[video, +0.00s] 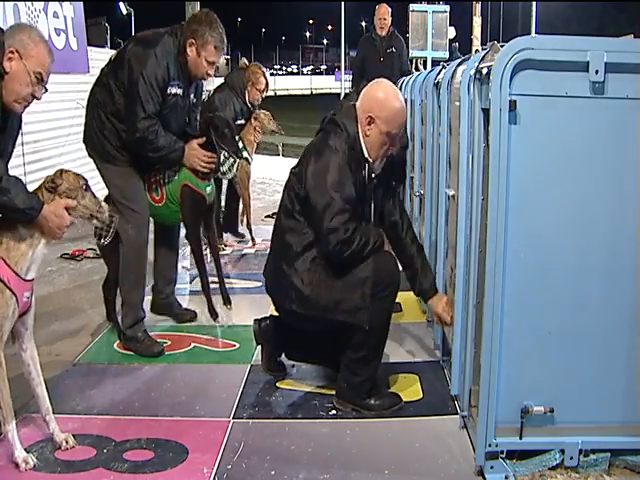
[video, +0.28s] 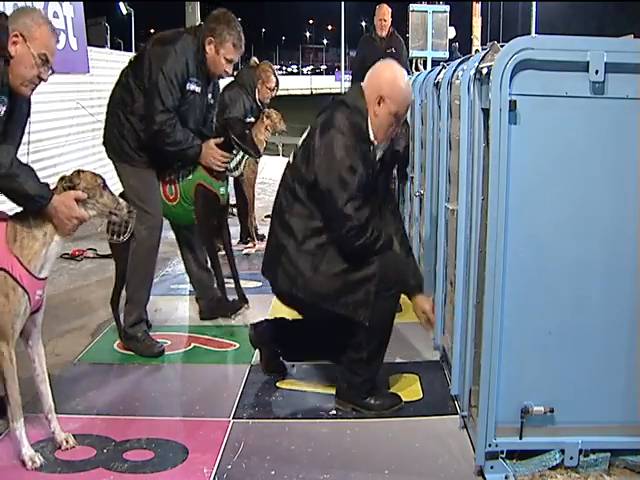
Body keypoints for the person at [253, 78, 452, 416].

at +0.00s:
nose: (396, 145)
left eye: (399, 136)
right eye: (391, 136)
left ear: (373, 123)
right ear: (366, 124)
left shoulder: (374, 154)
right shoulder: (331, 154)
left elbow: (397, 225)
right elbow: (340, 246)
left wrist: (430, 294)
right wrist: (379, 237)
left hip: (327, 280)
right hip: (297, 281)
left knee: (355, 355)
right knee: (382, 270)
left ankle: (277, 333)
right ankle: (356, 389)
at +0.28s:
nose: (400, 125)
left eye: (403, 117)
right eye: (398, 116)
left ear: (380, 103)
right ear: (377, 104)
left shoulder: (367, 131)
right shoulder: (340, 131)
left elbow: (389, 217)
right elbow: (353, 234)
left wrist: (414, 288)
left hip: (326, 262)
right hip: (300, 263)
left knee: (354, 340)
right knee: (384, 277)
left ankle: (271, 335)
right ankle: (357, 388)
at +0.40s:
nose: (402, 84)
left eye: (404, 75)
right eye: (403, 74)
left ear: (376, 59)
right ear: (390, 66)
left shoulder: (344, 86)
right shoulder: (353, 98)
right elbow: (361, 193)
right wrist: (393, 236)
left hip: (297, 230)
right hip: (305, 234)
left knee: (349, 314)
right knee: (391, 271)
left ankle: (271, 336)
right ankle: (357, 387)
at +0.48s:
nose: (397, 58)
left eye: (400, 49)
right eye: (399, 48)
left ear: (367, 29)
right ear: (390, 39)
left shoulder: (330, 66)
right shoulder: (356, 78)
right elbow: (373, 169)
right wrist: (397, 230)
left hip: (290, 208)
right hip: (311, 211)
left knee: (349, 288)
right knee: (390, 272)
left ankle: (272, 339)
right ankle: (358, 386)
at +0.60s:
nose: (391, 19)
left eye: (392, 11)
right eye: (391, 10)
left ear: (352, 3)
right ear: (377, 5)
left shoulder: (313, 31)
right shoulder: (367, 46)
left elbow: (294, 114)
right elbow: (383, 138)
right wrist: (401, 211)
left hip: (285, 187)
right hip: (327, 191)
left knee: (334, 265)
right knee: (387, 265)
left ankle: (281, 362)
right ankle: (358, 385)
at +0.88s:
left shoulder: (257, 8)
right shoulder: (352, 5)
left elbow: (236, 81)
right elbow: (372, 72)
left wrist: (253, 146)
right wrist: (390, 144)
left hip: (267, 151)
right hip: (329, 149)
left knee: (291, 260)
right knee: (360, 258)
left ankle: (283, 385)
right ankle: (355, 385)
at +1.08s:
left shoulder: (228, 9)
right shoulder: (335, 4)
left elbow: (216, 60)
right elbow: (350, 48)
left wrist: (228, 138)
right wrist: (353, 125)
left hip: (255, 125)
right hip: (316, 117)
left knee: (273, 253)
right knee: (322, 247)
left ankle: (282, 386)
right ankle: (342, 375)